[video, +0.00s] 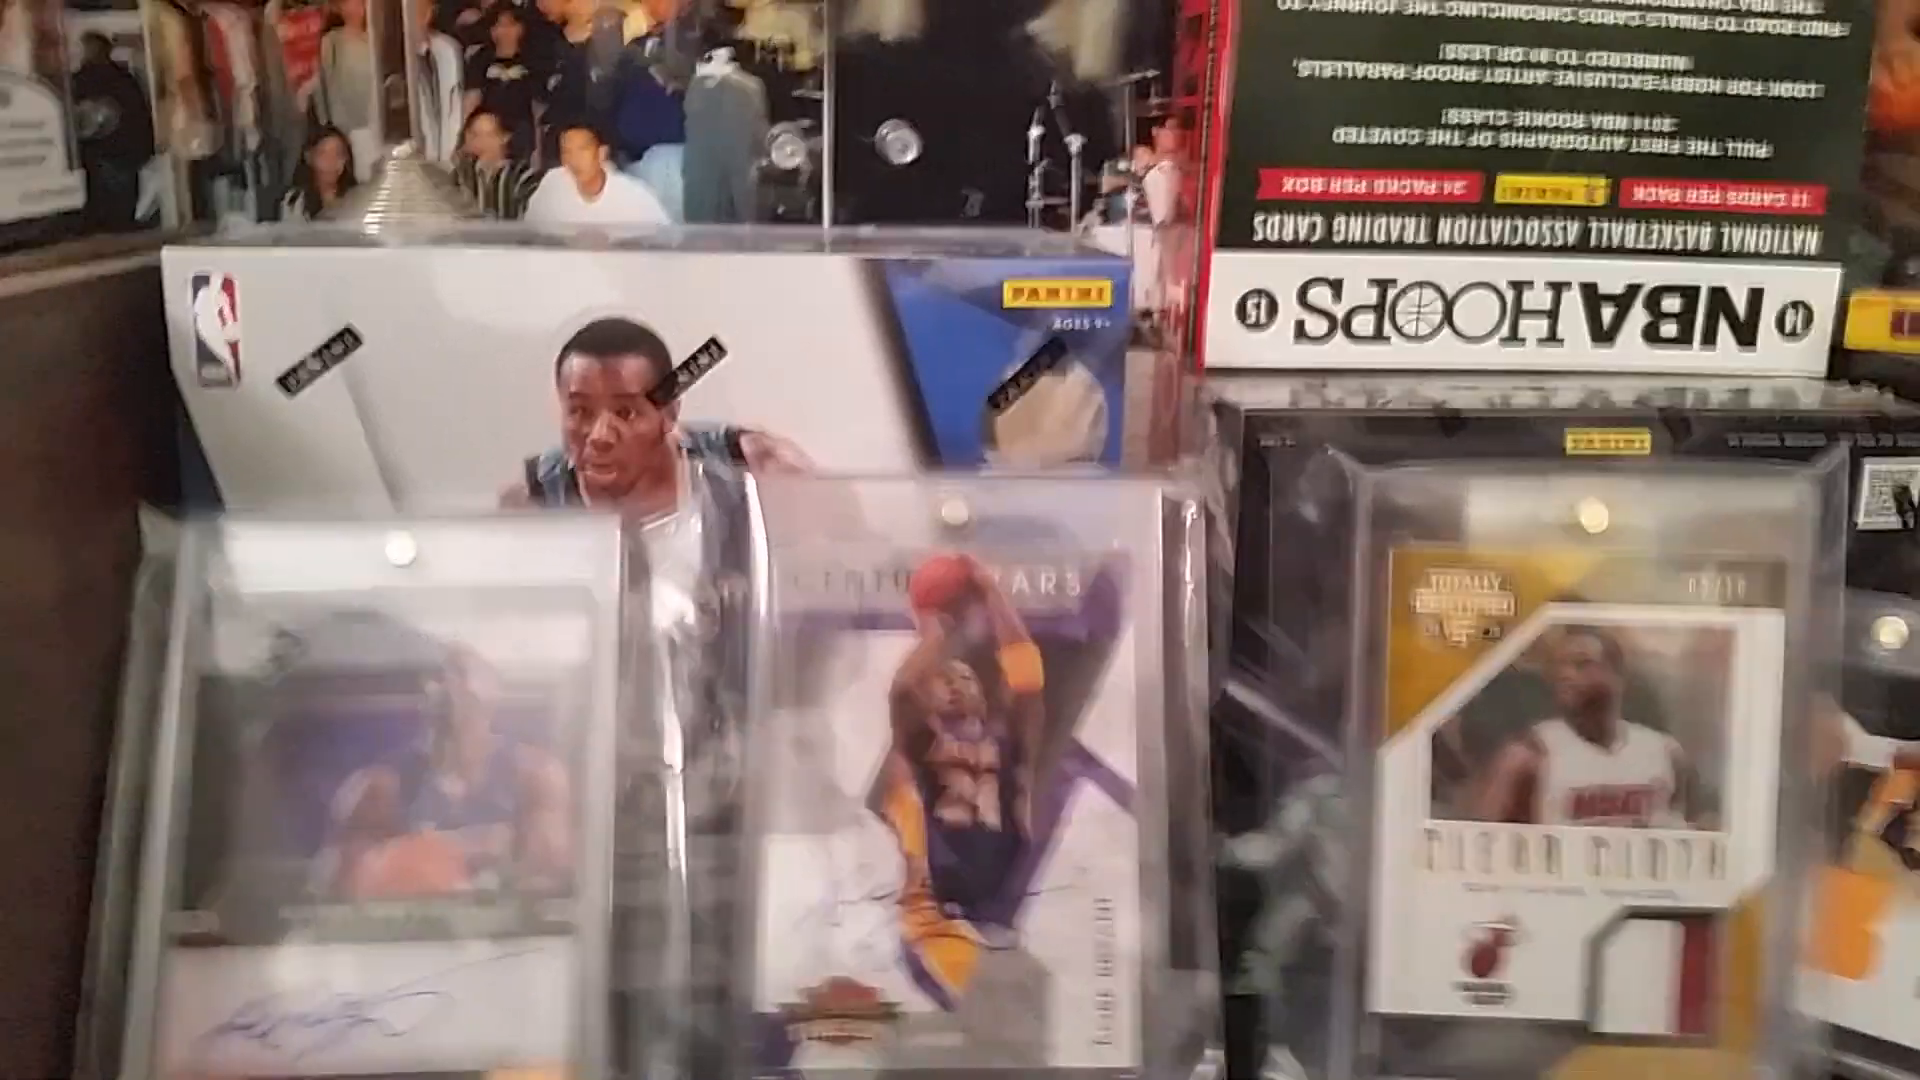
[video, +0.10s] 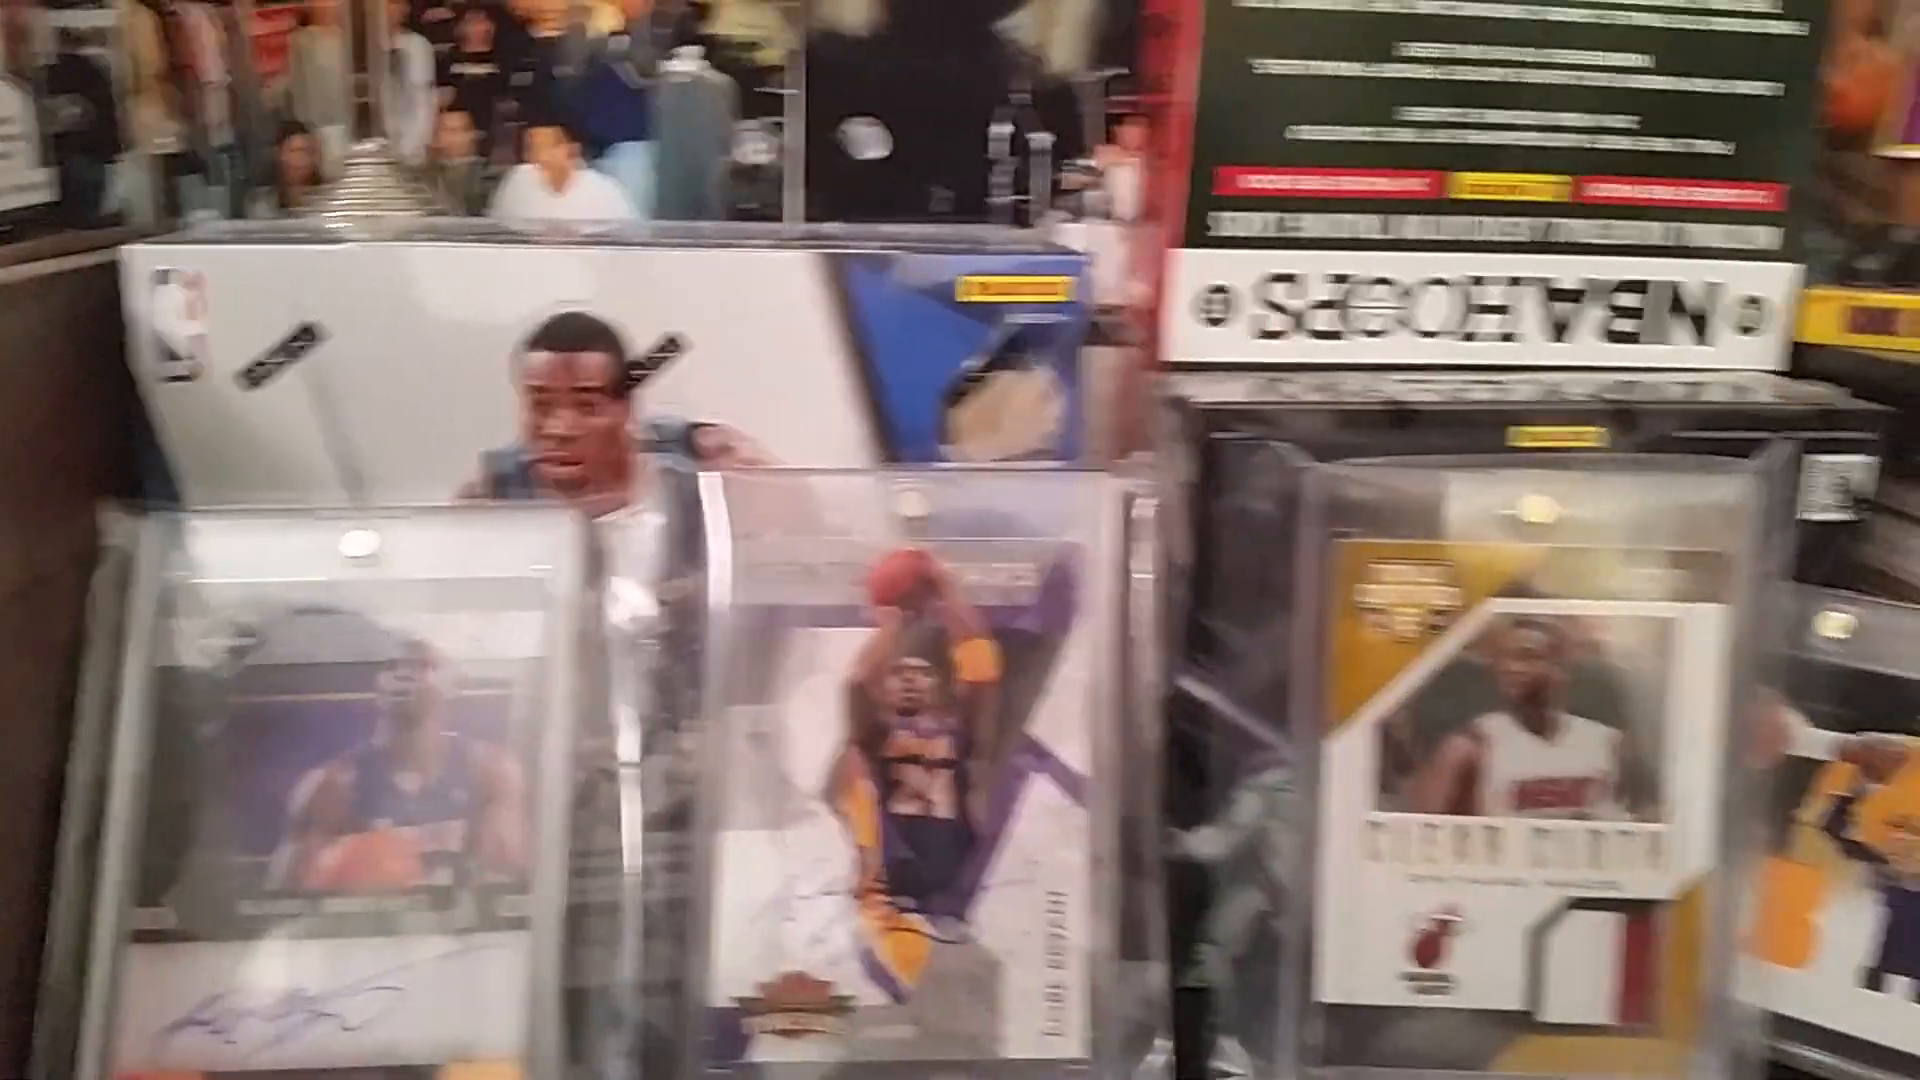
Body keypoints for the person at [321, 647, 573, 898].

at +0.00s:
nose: (439, 689)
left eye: (456, 676)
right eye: (433, 678)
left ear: (488, 698)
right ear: (423, 699)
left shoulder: (538, 775)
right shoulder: (377, 787)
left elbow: (548, 878)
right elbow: (336, 888)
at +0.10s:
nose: (402, 678)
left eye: (419, 667)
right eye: (391, 667)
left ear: (449, 687)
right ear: (375, 686)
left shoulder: (492, 770)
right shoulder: (329, 785)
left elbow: (504, 877)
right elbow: (283, 891)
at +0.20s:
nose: (367, 671)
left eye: (383, 661)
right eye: (356, 663)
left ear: (415, 680)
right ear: (341, 681)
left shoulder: (458, 766)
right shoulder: (296, 778)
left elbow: (466, 868)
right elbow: (255, 880)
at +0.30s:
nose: (334, 669)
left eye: (351, 660)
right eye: (323, 660)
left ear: (379, 679)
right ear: (310, 677)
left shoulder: (426, 763)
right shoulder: (262, 778)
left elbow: (437, 870)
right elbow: (216, 891)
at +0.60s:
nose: (299, 670)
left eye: (318, 660)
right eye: (288, 661)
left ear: (347, 678)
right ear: (275, 677)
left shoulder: (391, 762)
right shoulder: (229, 778)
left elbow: (405, 876)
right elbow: (184, 893)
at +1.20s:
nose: (328, 658)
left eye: (345, 649)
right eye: (319, 649)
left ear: (375, 667)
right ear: (306, 665)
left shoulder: (419, 746)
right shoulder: (261, 764)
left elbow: (432, 856)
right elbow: (214, 880)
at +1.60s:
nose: (349, 654)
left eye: (365, 646)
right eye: (340, 646)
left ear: (395, 664)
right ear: (328, 662)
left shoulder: (441, 743)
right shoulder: (286, 756)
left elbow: (453, 851)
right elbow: (238, 870)